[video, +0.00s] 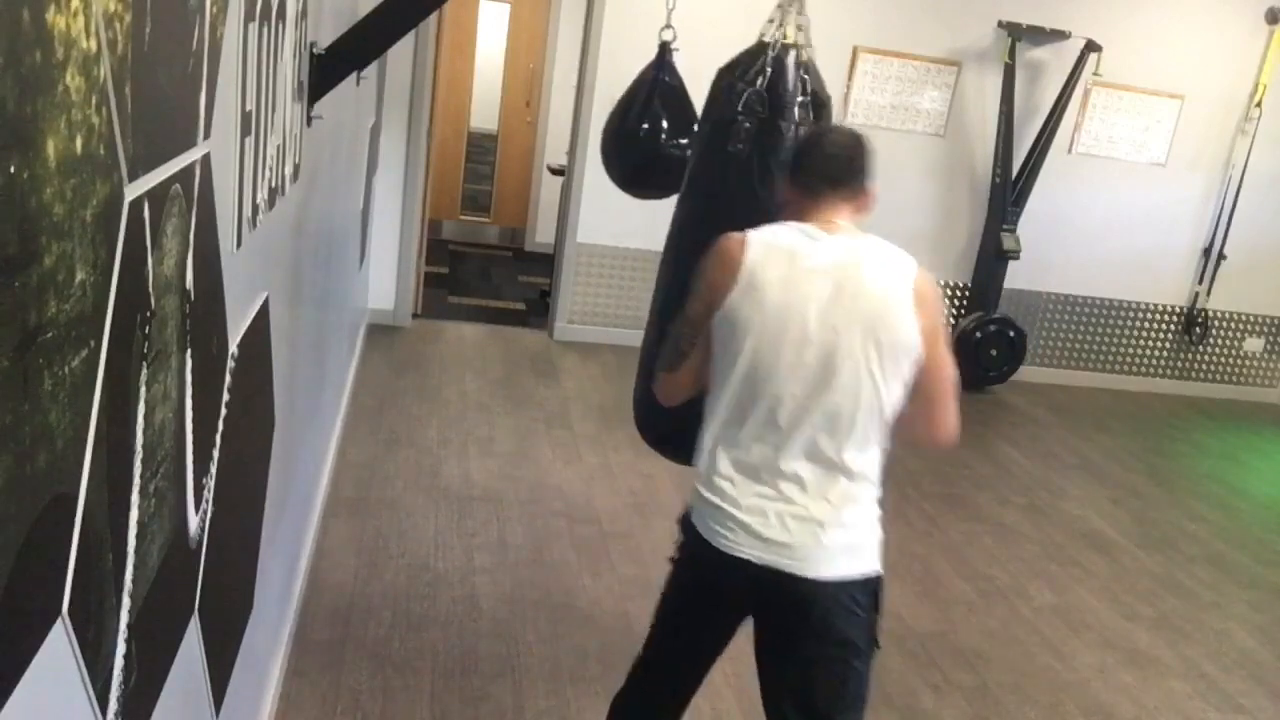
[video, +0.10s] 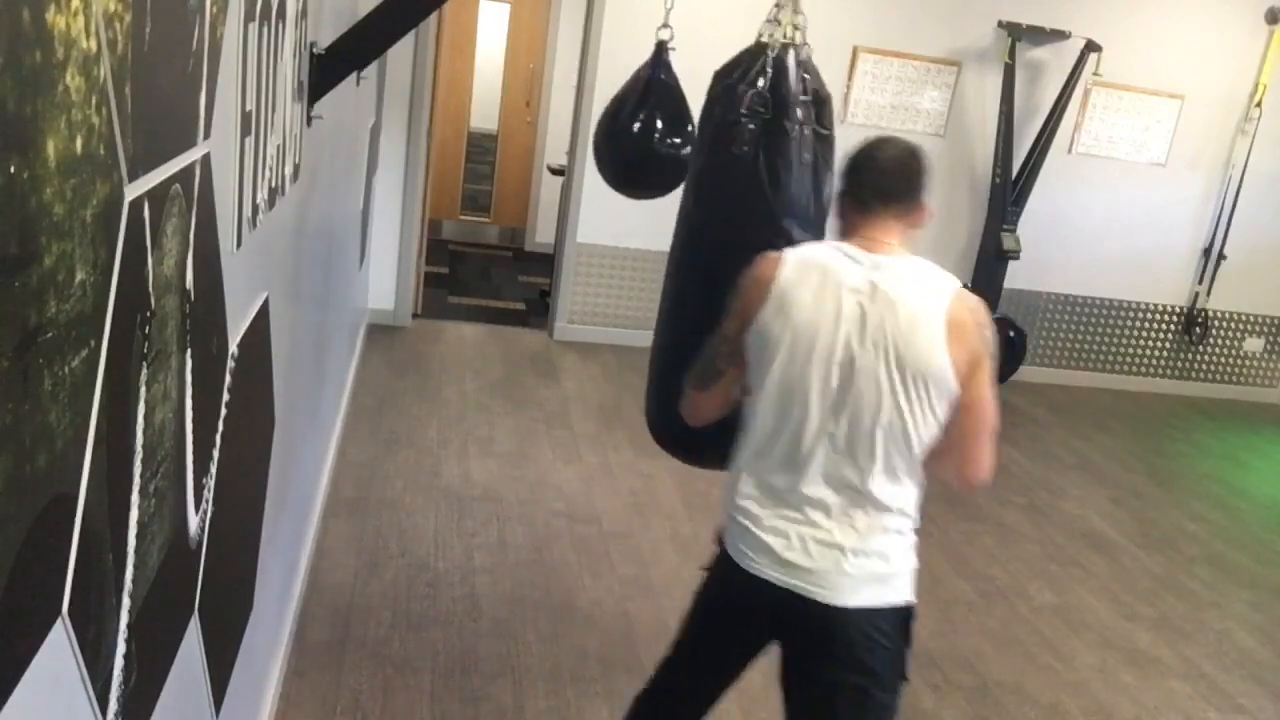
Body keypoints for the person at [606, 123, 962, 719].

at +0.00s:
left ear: (788, 190)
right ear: (867, 197)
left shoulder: (738, 254)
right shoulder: (912, 282)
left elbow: (671, 386)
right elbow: (940, 427)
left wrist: (747, 345)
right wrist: (864, 398)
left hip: (720, 545)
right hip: (832, 572)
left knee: (649, 699)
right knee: (821, 712)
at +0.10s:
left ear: (841, 205)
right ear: (920, 214)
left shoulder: (774, 275)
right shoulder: (961, 314)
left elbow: (699, 406)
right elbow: (973, 467)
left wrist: (763, 365)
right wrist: (898, 426)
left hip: (750, 569)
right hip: (862, 599)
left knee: (667, 704)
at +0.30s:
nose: (1012, 201)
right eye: (1014, 189)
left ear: (925, 178)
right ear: (1012, 195)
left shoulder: (839, 252)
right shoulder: (1026, 301)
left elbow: (749, 379)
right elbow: (1039, 472)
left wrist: (821, 358)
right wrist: (985, 415)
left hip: (803, 549)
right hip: (903, 589)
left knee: (760, 686)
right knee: (877, 709)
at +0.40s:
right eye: (1036, 195)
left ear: (942, 187)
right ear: (1031, 202)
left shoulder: (860, 256)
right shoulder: (1050, 308)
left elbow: (771, 381)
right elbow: (1053, 474)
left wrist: (840, 358)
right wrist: (999, 416)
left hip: (822, 549)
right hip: (922, 588)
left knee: (799, 701)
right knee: (895, 707)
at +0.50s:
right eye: (1041, 217)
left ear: (950, 212)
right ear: (1037, 224)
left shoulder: (870, 289)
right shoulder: (1061, 335)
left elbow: (794, 414)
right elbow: (1060, 489)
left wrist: (873, 378)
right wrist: (1006, 429)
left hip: (837, 564)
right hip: (936, 601)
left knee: (830, 705)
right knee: (912, 707)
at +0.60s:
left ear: (948, 212)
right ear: (1033, 221)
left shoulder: (880, 292)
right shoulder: (1071, 323)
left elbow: (829, 426)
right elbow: (1073, 477)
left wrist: (901, 388)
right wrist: (1014, 428)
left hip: (862, 564)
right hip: (961, 593)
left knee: (851, 704)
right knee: (934, 706)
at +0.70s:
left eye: (942, 204)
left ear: (943, 206)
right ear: (1024, 210)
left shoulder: (890, 284)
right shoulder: (1070, 297)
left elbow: (857, 414)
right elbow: (1098, 447)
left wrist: (927, 379)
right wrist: (1030, 413)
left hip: (887, 546)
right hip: (985, 571)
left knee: (867, 693)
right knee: (954, 705)